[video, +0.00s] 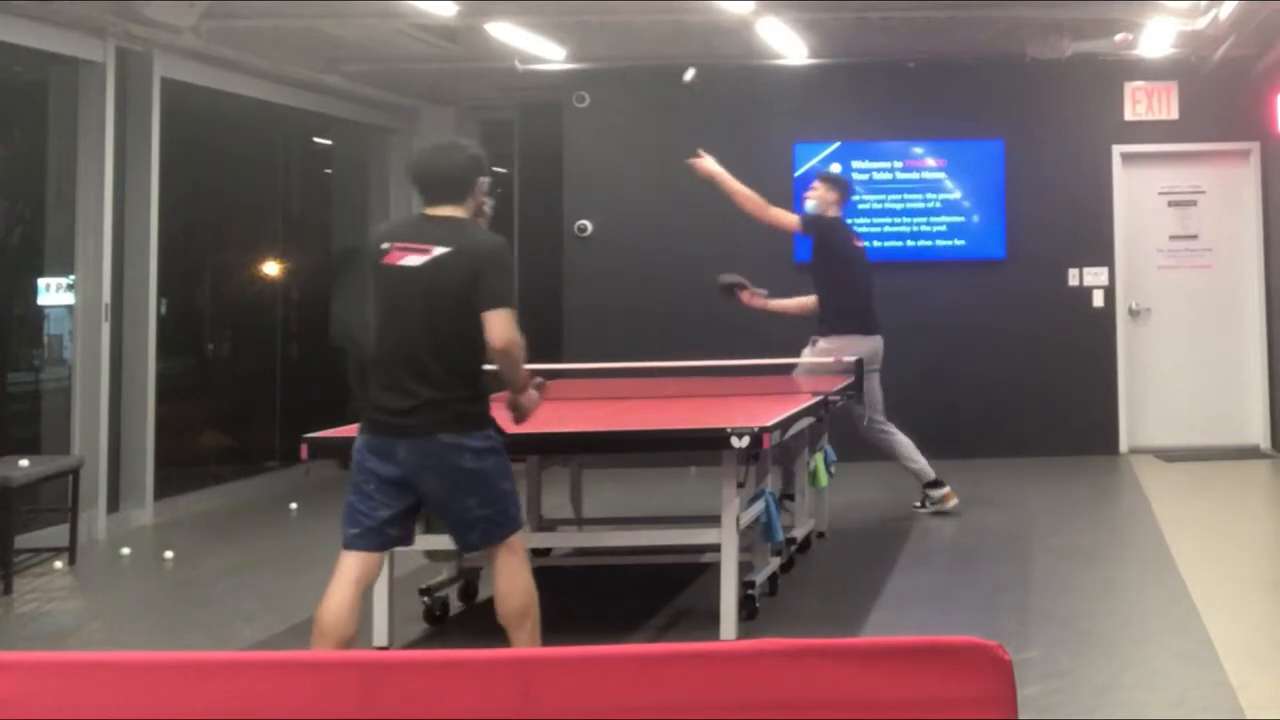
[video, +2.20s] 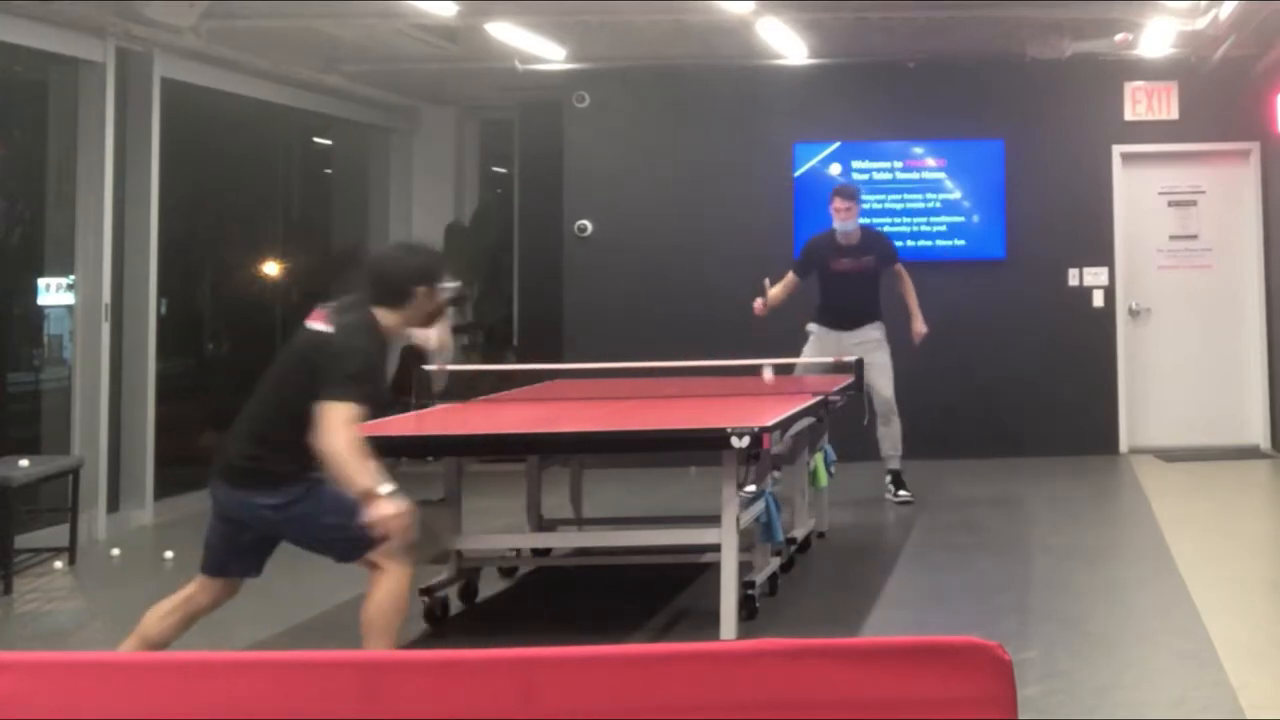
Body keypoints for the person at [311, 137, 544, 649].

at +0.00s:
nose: (487, 192)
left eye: (485, 183)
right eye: (484, 183)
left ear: (422, 188)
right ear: (473, 188)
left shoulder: (387, 242)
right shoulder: (485, 248)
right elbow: (502, 341)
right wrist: (520, 388)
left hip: (382, 434)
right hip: (456, 435)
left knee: (354, 566)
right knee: (507, 549)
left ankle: (314, 692)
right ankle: (532, 677)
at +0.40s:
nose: (503, 199)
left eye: (501, 192)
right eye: (503, 192)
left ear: (442, 193)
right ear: (497, 195)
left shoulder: (405, 240)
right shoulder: (512, 252)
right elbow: (545, 337)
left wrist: (485, 228)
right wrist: (559, 383)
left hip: (386, 423)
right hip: (462, 428)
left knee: (344, 561)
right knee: (508, 550)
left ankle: (299, 690)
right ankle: (533, 682)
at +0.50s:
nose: (481, 201)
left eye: (479, 192)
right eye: (478, 192)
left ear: (418, 195)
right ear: (468, 197)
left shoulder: (372, 245)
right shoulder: (482, 253)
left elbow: (346, 330)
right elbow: (515, 340)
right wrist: (536, 381)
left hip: (365, 433)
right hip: (443, 434)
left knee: (331, 566)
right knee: (493, 553)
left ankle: (288, 694)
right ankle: (530, 678)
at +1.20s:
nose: (447, 263)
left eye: (447, 255)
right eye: (447, 256)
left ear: (381, 252)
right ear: (436, 259)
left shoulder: (329, 286)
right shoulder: (436, 303)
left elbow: (270, 359)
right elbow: (486, 389)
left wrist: (320, 367)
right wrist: (474, 416)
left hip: (291, 444)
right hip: (364, 448)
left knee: (267, 554)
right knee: (440, 552)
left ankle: (222, 671)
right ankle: (453, 679)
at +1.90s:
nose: (395, 237)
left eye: (393, 228)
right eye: (392, 229)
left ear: (334, 232)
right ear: (381, 234)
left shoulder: (288, 275)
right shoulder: (391, 289)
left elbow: (223, 348)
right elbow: (417, 373)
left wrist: (285, 366)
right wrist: (461, 380)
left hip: (256, 440)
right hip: (326, 446)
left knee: (231, 536)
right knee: (401, 552)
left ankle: (178, 657)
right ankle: (412, 681)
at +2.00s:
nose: (412, 252)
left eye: (412, 240)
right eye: (410, 241)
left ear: (352, 238)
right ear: (395, 243)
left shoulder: (303, 278)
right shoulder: (368, 295)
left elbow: (295, 359)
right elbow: (351, 392)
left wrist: (365, 373)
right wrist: (408, 439)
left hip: (235, 450)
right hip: (295, 457)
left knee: (223, 555)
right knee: (387, 549)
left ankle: (127, 659)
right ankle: (404, 685)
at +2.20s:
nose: (438, 302)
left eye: (439, 292)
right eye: (436, 292)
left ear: (381, 287)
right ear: (416, 295)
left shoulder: (341, 314)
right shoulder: (357, 341)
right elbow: (335, 434)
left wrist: (418, 333)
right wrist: (377, 495)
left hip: (239, 483)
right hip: (277, 489)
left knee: (212, 587)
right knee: (394, 555)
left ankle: (117, 669)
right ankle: (378, 681)